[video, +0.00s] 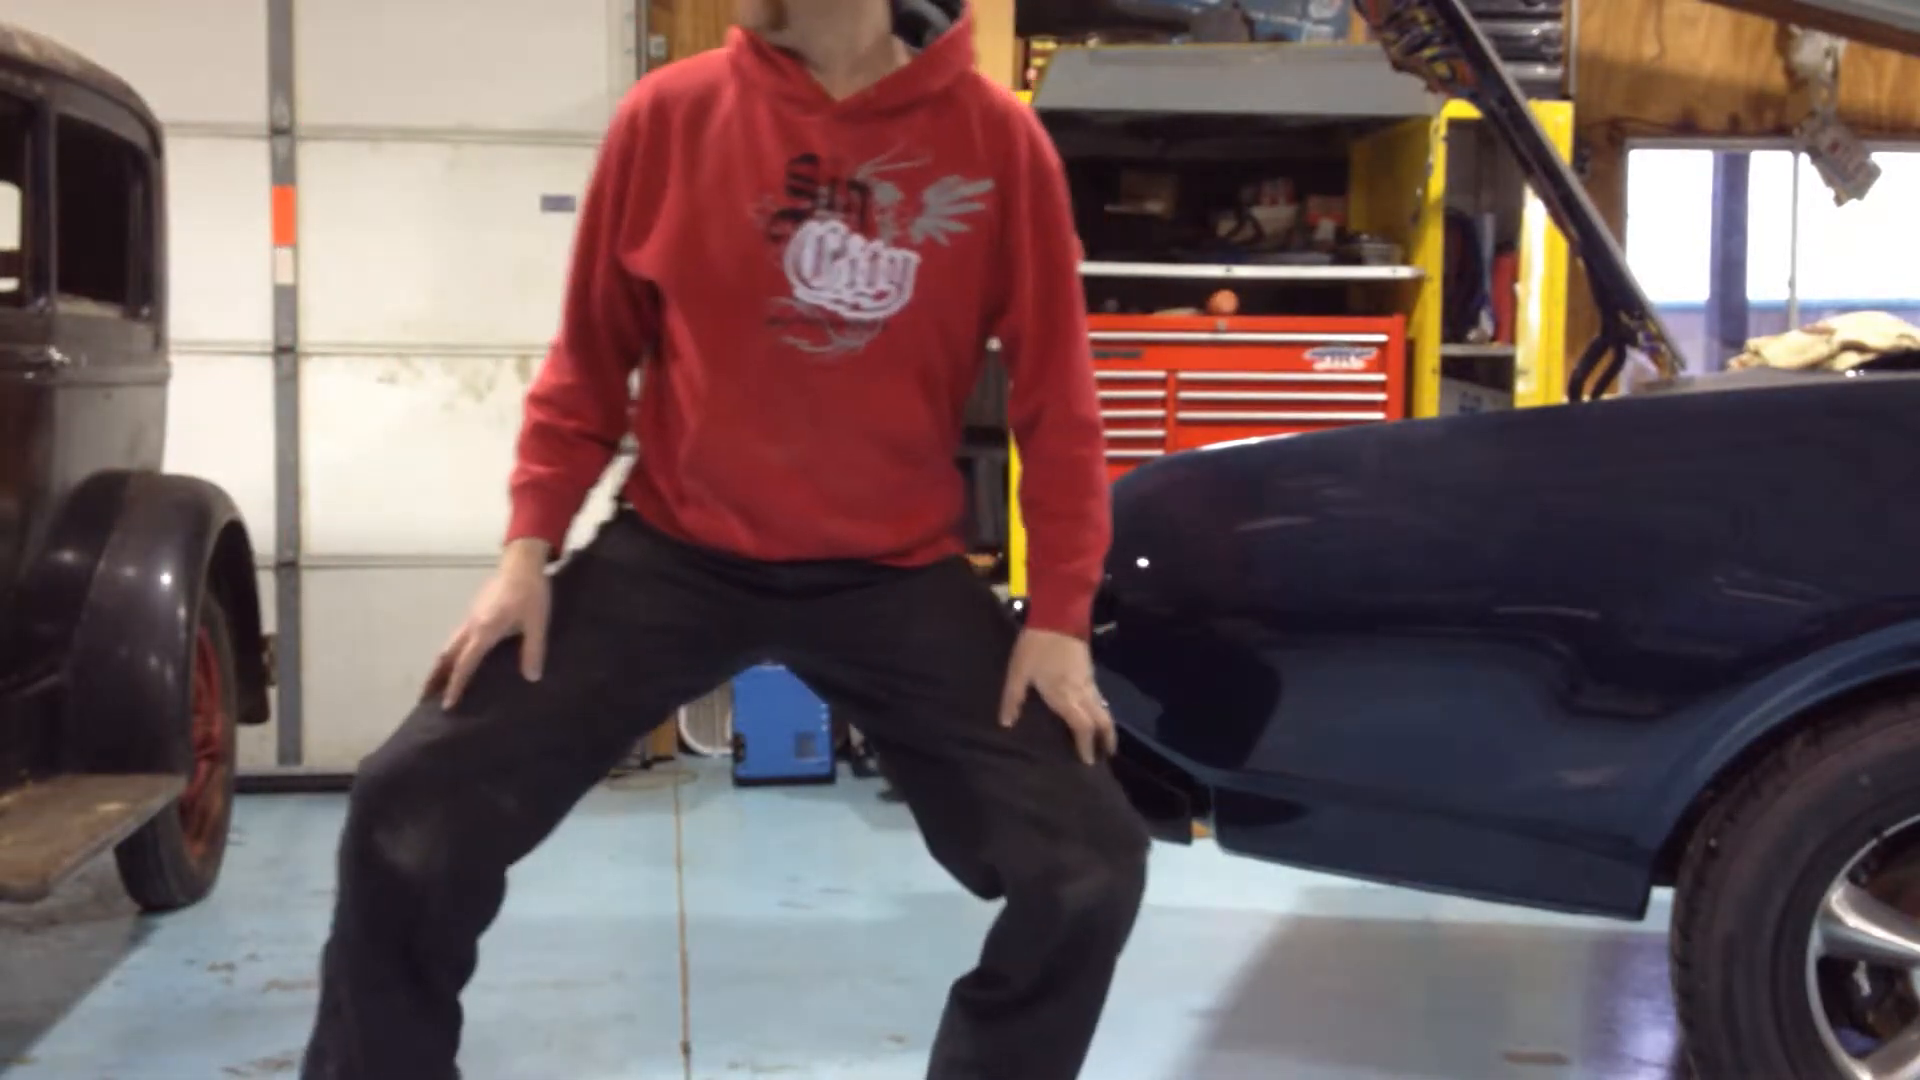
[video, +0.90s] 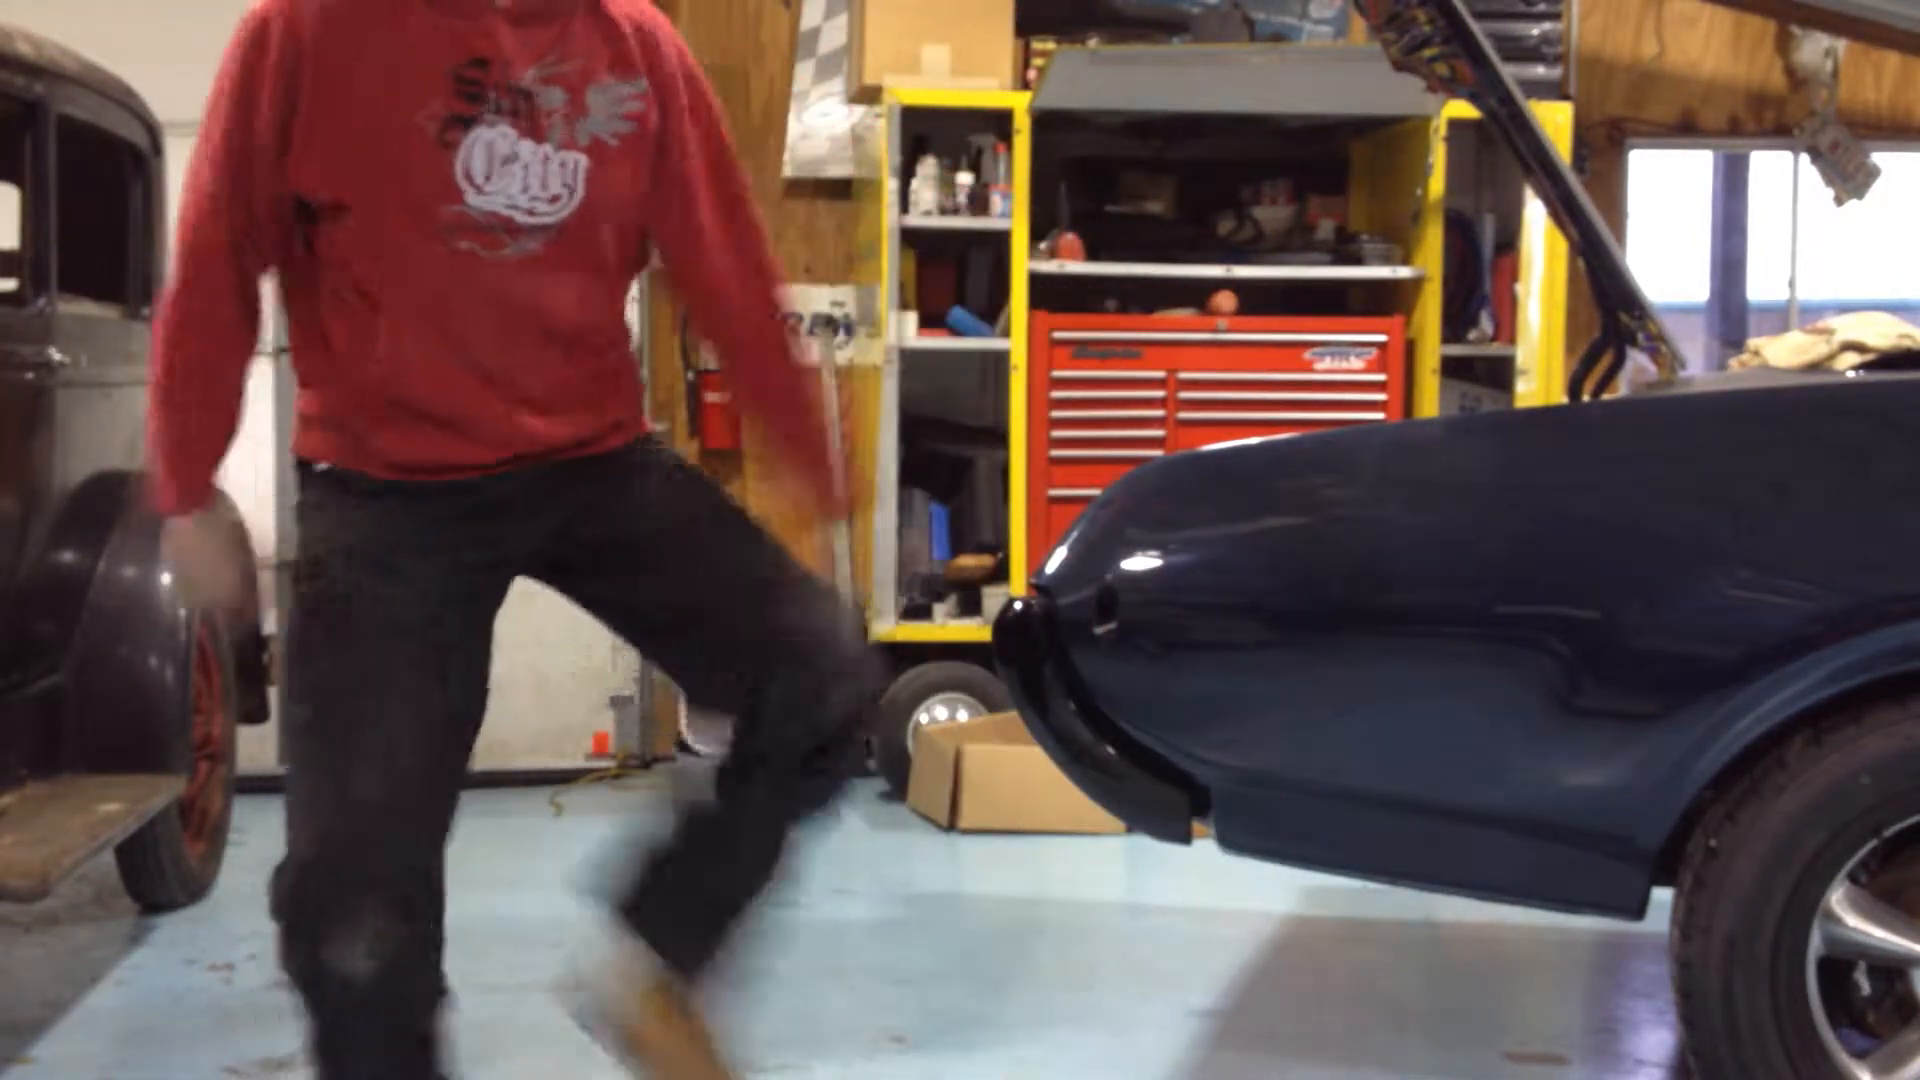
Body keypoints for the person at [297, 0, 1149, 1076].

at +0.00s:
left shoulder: (998, 137)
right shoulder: (666, 118)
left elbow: (1058, 395)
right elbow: (588, 358)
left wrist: (1059, 615)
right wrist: (526, 550)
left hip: (898, 577)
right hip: (675, 557)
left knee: (1088, 858)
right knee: (413, 809)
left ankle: (985, 1073)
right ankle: (371, 1069)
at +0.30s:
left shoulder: (827, 110)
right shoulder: (499, 100)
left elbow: (908, 352)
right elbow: (429, 342)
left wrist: (932, 560)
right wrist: (396, 556)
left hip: (758, 551)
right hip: (536, 556)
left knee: (995, 810)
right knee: (351, 883)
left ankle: (990, 1065)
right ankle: (419, 1070)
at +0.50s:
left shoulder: (713, 55)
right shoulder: (375, 41)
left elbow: (845, 254)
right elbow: (265, 272)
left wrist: (924, 465)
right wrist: (260, 497)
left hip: (651, 500)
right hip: (433, 513)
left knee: (876, 780)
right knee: (351, 896)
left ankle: (893, 1067)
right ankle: (413, 1073)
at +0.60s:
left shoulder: (687, 36)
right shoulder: (342, 25)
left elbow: (837, 193)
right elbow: (258, 259)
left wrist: (1008, 354)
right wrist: (215, 489)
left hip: (607, 484)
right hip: (404, 487)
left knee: (789, 762)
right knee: (380, 905)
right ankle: (351, 1029)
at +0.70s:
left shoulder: (663, 32)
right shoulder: (316, 28)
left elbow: (825, 149)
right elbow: (240, 254)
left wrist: (1026, 267)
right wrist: (235, 485)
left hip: (586, 473)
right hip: (383, 479)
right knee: (375, 880)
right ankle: (295, 1059)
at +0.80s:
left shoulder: (649, 39)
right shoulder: (300, 28)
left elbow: (778, 202)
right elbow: (215, 246)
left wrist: (961, 310)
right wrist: (261, 452)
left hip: (584, 463)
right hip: (383, 480)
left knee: (815, 658)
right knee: (374, 861)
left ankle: (564, 925)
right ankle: (309, 1064)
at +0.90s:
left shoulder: (631, 41)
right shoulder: (307, 28)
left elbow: (725, 263)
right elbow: (212, 260)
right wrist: (185, 489)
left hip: (596, 468)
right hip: (387, 491)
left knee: (821, 682)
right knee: (355, 908)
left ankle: (657, 953)